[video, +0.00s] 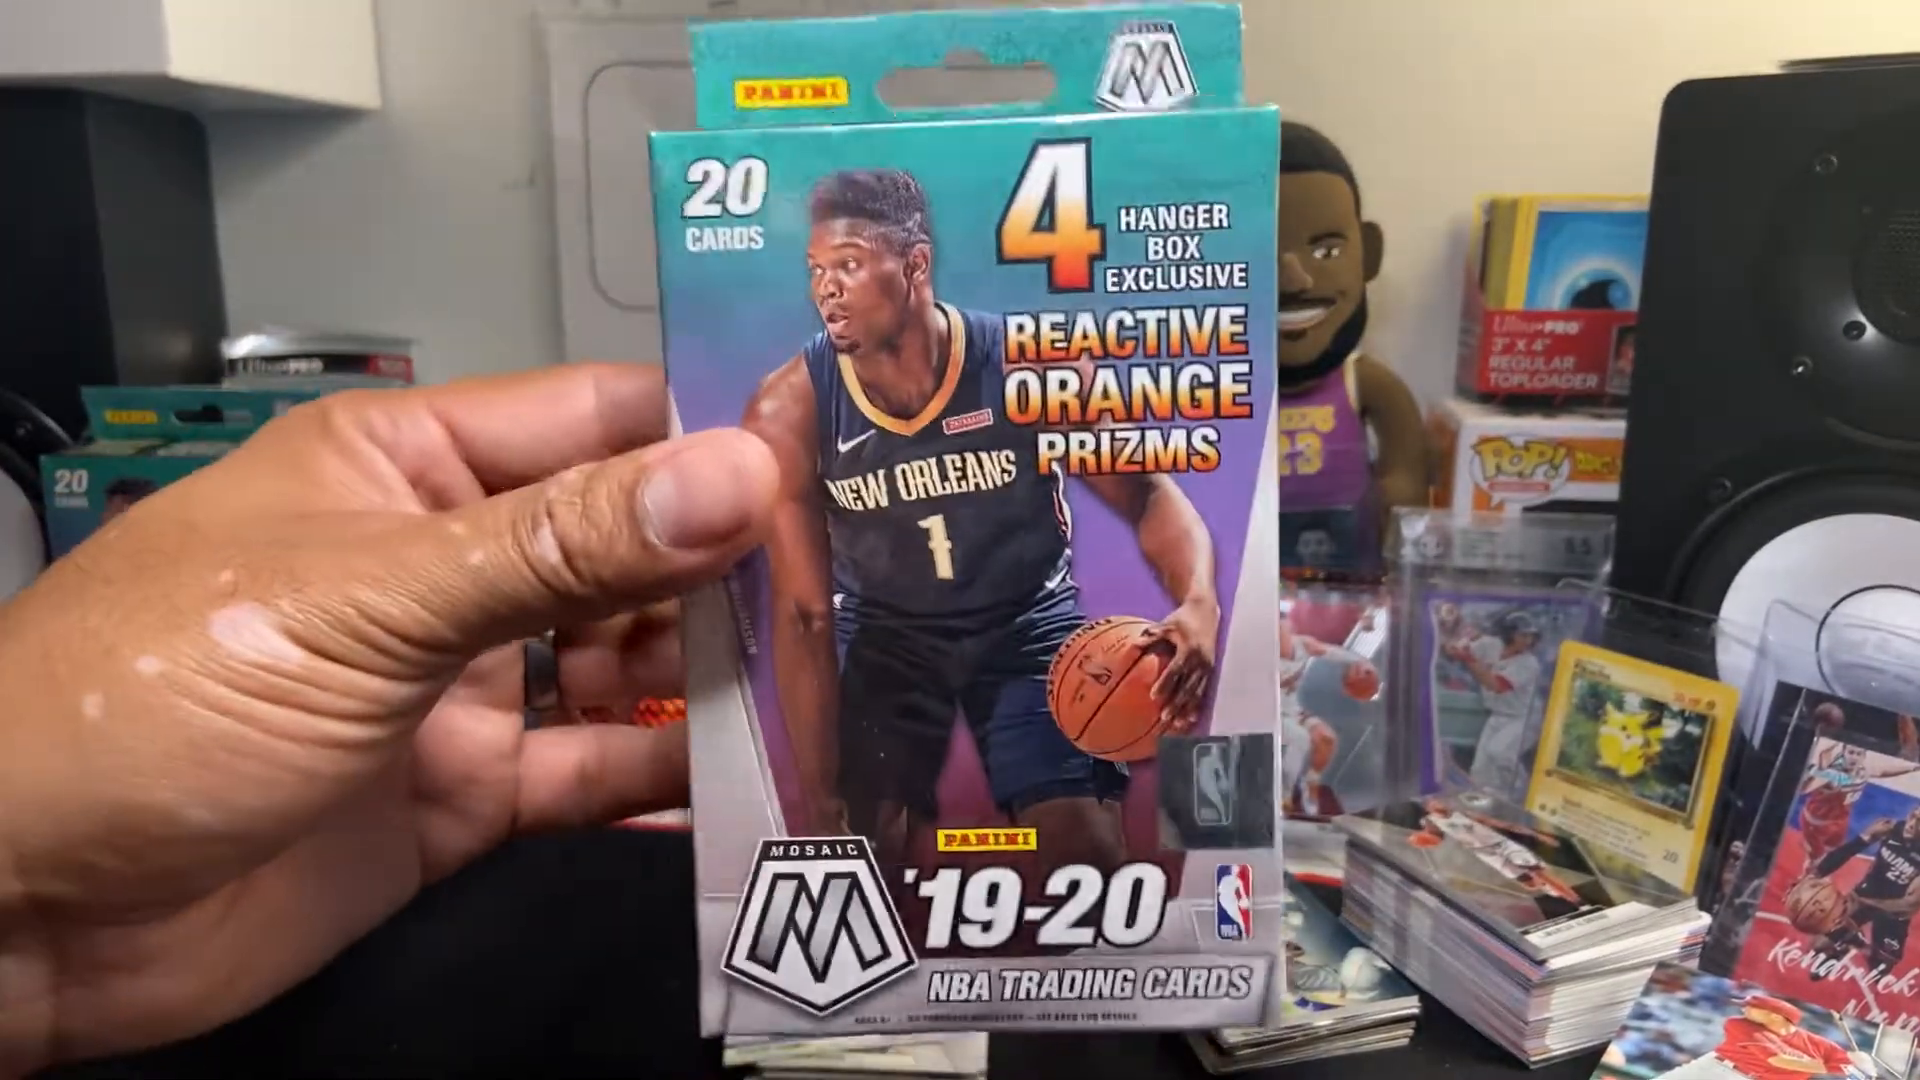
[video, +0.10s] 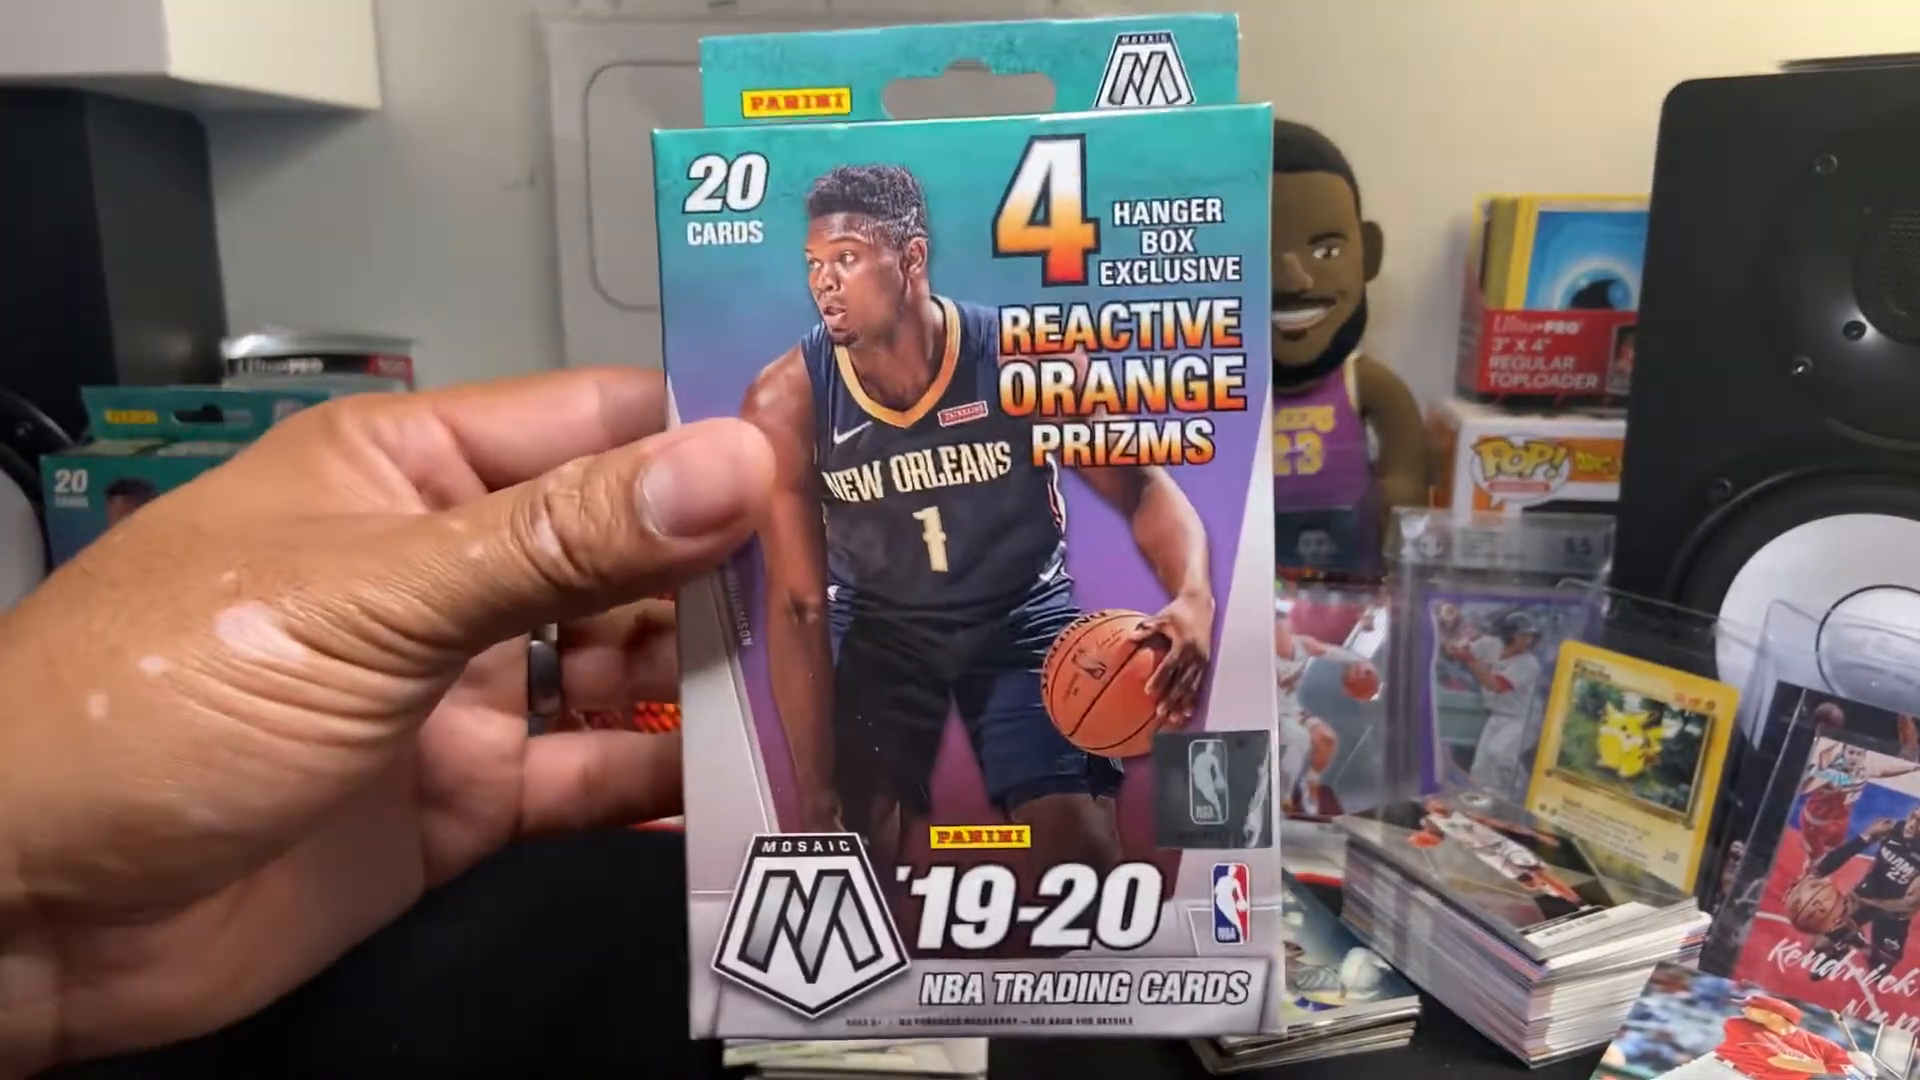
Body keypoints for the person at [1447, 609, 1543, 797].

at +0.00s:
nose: (1528, 641)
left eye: (1531, 636)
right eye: (1523, 635)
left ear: (1535, 639)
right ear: (1511, 635)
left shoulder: (1529, 663)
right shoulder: (1492, 645)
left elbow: (1498, 684)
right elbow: (1462, 651)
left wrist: (1471, 661)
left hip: (1521, 722)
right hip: (1496, 718)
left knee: (1497, 751)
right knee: (1481, 763)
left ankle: (1520, 788)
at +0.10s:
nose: (1528, 641)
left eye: (1531, 636)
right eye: (1523, 635)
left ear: (1535, 639)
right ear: (1511, 635)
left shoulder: (1529, 663)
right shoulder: (1492, 646)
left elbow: (1498, 684)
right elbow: (1462, 651)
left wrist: (1471, 661)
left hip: (1519, 722)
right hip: (1496, 718)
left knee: (1497, 751)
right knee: (1481, 763)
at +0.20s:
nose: (1528, 641)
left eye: (1531, 636)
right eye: (1523, 635)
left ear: (1535, 639)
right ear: (1511, 635)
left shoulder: (1529, 663)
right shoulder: (1492, 645)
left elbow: (1498, 685)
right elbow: (1461, 650)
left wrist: (1471, 661)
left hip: (1520, 722)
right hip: (1496, 718)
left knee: (1497, 751)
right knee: (1482, 757)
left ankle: (1519, 788)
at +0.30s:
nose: (1528, 641)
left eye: (1531, 636)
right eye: (1523, 635)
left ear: (1534, 639)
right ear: (1511, 635)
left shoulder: (1529, 663)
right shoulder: (1492, 646)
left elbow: (1498, 685)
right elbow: (1460, 650)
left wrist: (1471, 661)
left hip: (1520, 722)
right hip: (1496, 718)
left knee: (1497, 751)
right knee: (1481, 764)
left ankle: (1520, 788)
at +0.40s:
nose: (1528, 641)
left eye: (1531, 636)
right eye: (1523, 635)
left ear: (1534, 639)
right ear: (1511, 634)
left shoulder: (1530, 664)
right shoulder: (1492, 646)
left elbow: (1500, 685)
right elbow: (1461, 651)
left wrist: (1473, 662)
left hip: (1519, 721)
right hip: (1497, 717)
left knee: (1498, 752)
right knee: (1483, 754)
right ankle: (1478, 794)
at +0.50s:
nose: (1528, 641)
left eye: (1531, 636)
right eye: (1523, 635)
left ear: (1534, 639)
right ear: (1511, 634)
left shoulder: (1530, 664)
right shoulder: (1492, 646)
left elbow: (1500, 685)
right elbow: (1461, 651)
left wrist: (1472, 662)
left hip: (1520, 720)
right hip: (1497, 716)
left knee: (1498, 752)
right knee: (1483, 752)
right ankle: (1478, 794)